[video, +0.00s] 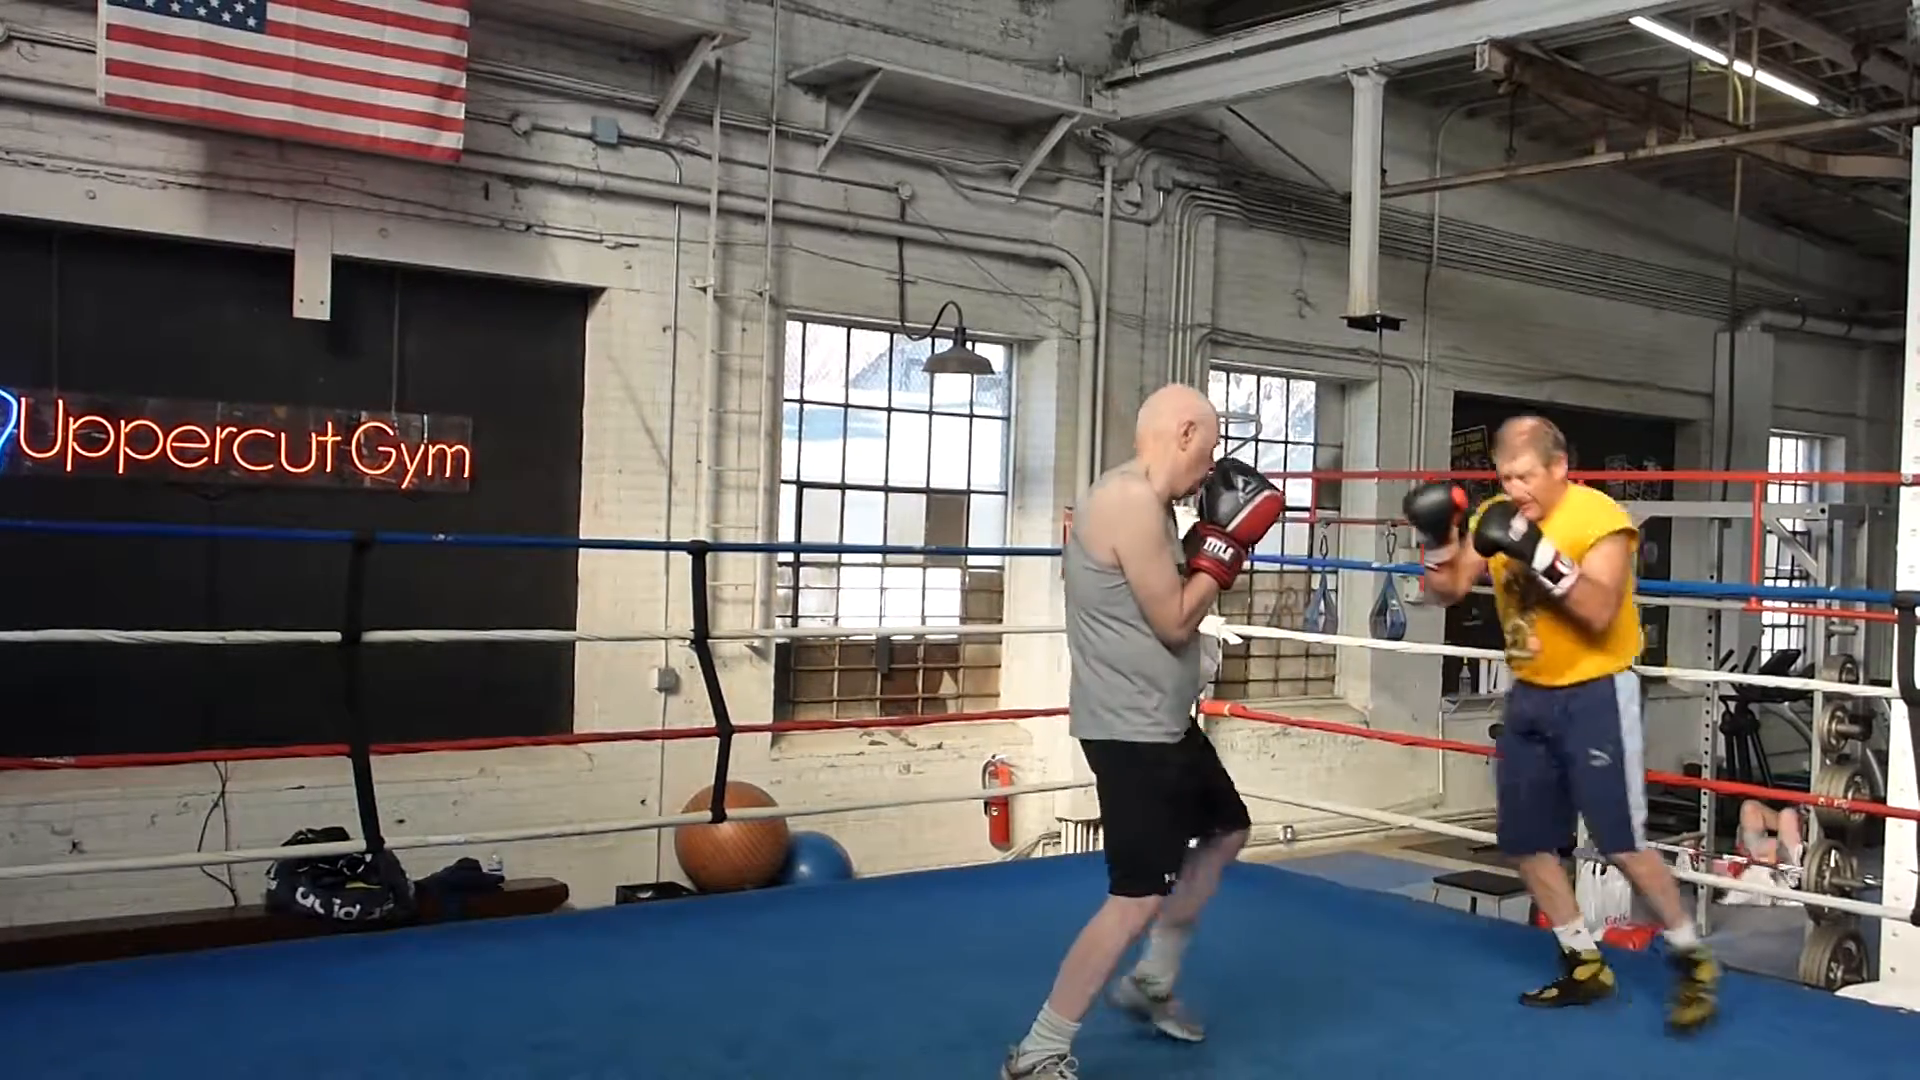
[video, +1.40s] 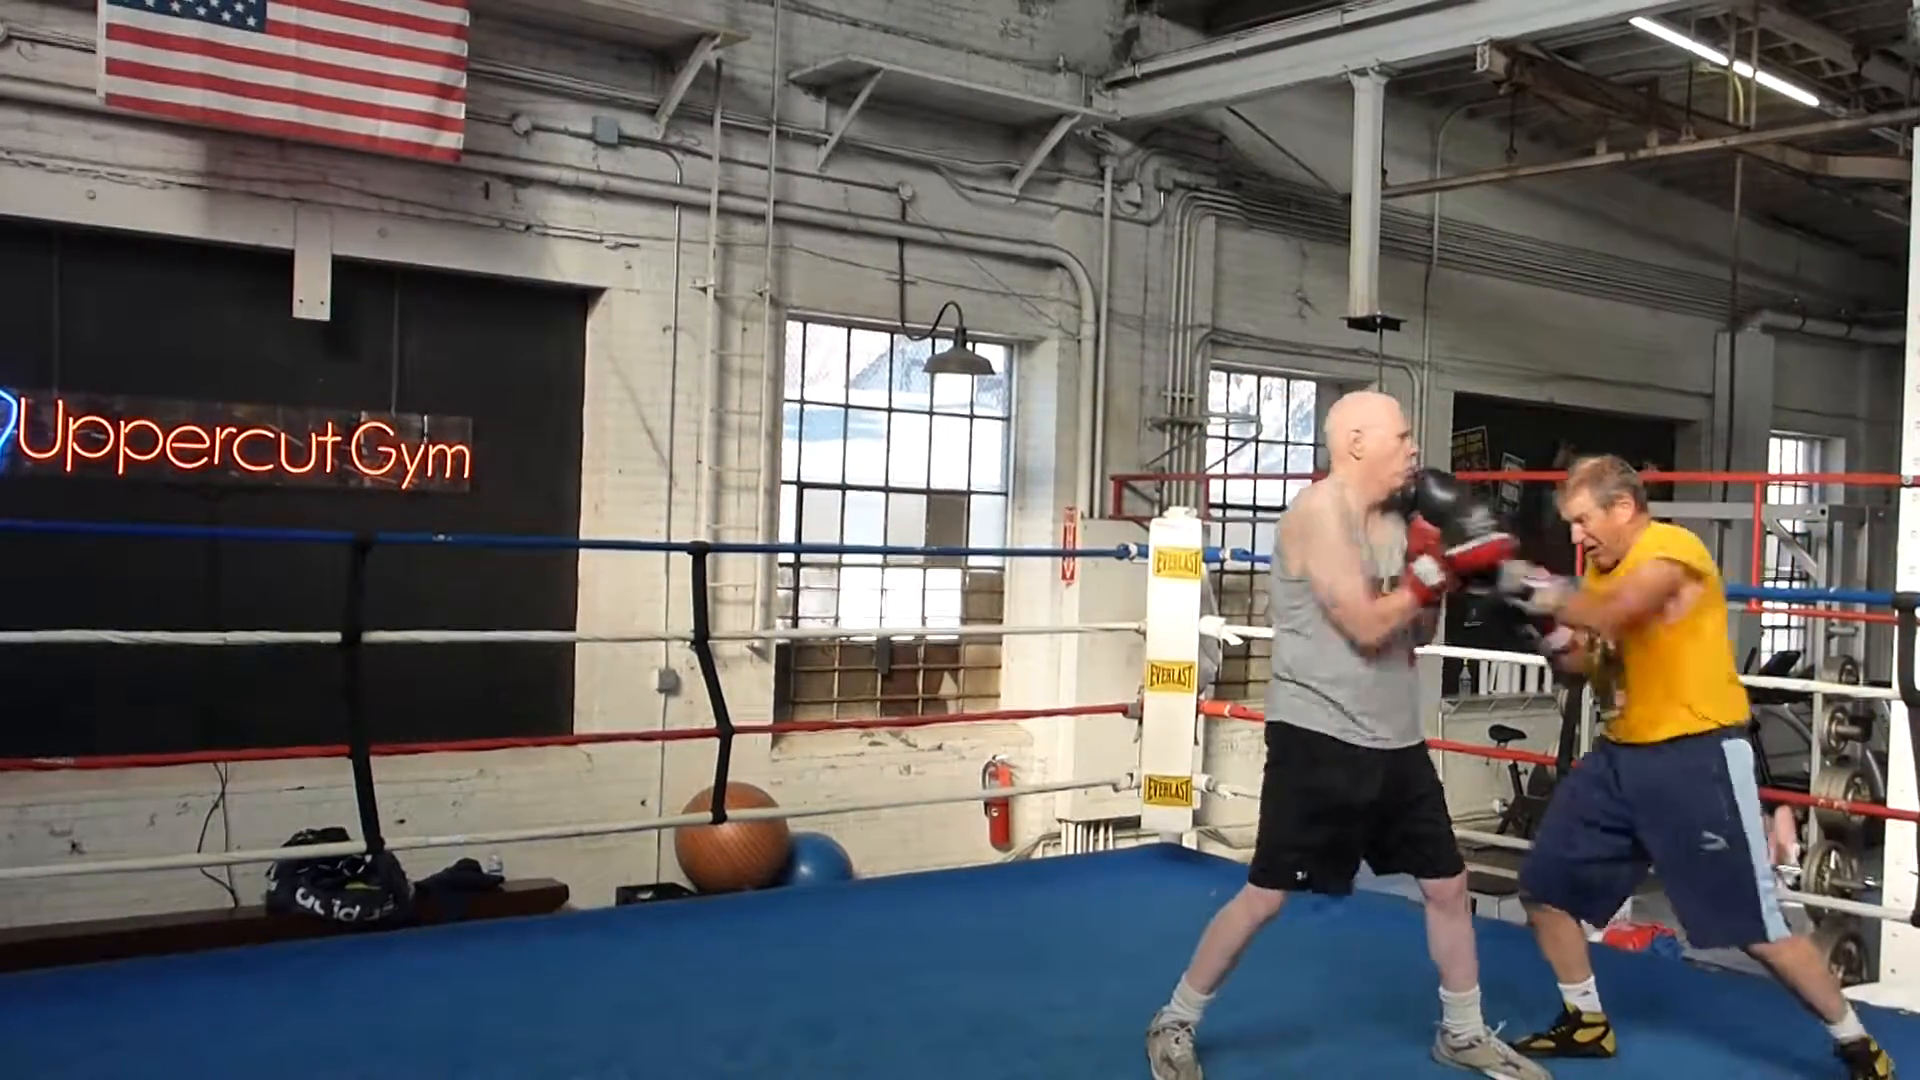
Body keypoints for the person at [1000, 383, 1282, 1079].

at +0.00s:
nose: (1211, 464)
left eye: (1214, 451)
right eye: (1211, 447)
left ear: (1162, 432)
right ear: (1183, 434)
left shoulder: (1123, 496)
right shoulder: (1133, 503)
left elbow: (1163, 602)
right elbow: (1176, 620)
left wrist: (1207, 535)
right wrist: (1229, 543)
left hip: (1156, 720)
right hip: (1130, 727)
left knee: (1225, 827)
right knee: (1138, 893)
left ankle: (1152, 981)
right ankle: (1040, 1053)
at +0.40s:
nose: (1283, 457)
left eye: (1287, 445)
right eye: (1281, 442)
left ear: (1249, 425)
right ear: (1245, 424)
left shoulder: (1238, 497)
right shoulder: (1178, 484)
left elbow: (1263, 602)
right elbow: (1220, 603)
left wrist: (1300, 535)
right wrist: (1282, 536)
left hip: (1248, 712)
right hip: (1186, 713)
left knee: (1249, 861)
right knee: (1178, 868)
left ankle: (1236, 1011)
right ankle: (1108, 1024)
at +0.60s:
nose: (1297, 470)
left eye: (1301, 458)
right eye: (1293, 454)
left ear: (1260, 445)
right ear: (1251, 441)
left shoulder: (1264, 520)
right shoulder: (1184, 506)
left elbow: (1292, 618)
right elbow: (1227, 624)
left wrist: (1324, 542)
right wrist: (1292, 546)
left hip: (1281, 726)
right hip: (1205, 736)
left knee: (1358, 849)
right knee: (1197, 891)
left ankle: (1286, 977)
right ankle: (1131, 1025)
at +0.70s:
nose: (1320, 478)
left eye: (1322, 466)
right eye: (1313, 463)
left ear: (1278, 453)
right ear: (1271, 453)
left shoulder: (1291, 523)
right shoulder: (1201, 518)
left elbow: (1313, 632)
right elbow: (1227, 641)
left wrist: (1342, 568)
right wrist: (1301, 562)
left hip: (1303, 731)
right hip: (1224, 744)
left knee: (1388, 854)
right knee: (1211, 899)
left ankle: (1373, 1006)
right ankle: (1133, 1027)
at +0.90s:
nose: (1394, 480)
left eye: (1395, 467)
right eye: (1385, 465)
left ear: (1356, 462)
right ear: (1337, 458)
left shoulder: (1371, 529)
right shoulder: (1286, 521)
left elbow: (1391, 641)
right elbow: (1313, 641)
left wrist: (1410, 583)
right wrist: (1390, 578)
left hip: (1370, 748)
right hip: (1289, 752)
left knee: (1434, 885)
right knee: (1242, 901)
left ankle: (1465, 1033)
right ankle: (1140, 1023)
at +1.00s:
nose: (1429, 462)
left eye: (1426, 449)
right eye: (1418, 447)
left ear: (1374, 450)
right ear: (1375, 448)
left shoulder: (1373, 521)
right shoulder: (1344, 507)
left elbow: (1396, 638)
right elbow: (1445, 594)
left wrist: (1440, 565)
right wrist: (1530, 554)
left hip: (1390, 743)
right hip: (1317, 744)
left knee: (1448, 877)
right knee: (1255, 893)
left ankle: (1465, 1031)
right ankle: (1151, 1017)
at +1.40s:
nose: (1415, 451)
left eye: (1413, 439)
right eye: (1403, 438)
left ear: (1373, 445)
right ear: (1355, 444)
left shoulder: (1397, 521)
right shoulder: (1315, 509)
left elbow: (1413, 632)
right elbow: (1366, 627)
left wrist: (1437, 567)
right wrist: (1431, 576)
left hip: (1396, 738)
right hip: (1316, 733)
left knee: (1448, 886)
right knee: (1267, 893)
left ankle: (1463, 1032)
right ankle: (1175, 1021)